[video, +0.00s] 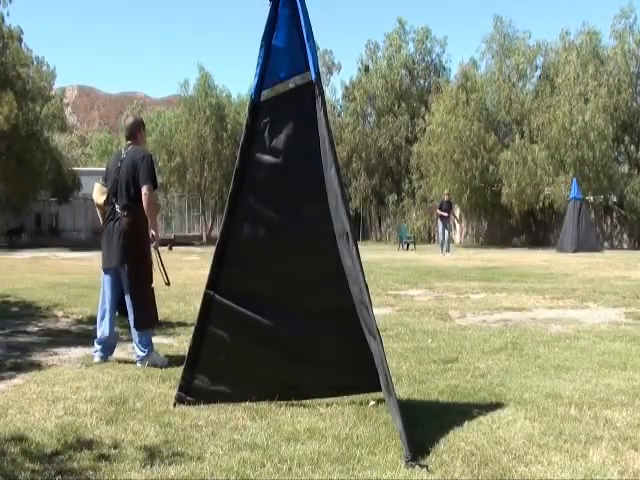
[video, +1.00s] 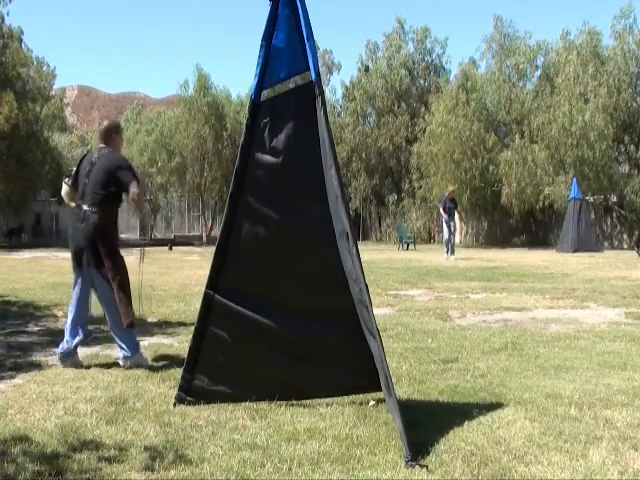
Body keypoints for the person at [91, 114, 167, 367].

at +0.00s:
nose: (146, 136)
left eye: (144, 132)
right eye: (145, 132)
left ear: (126, 134)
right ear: (140, 133)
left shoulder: (114, 158)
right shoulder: (143, 156)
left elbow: (99, 194)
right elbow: (147, 194)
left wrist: (106, 223)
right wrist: (154, 227)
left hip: (111, 228)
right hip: (133, 228)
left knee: (109, 292)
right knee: (137, 291)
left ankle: (101, 348)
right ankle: (144, 351)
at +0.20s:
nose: (144, 138)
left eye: (142, 133)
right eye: (143, 134)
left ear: (124, 136)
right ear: (138, 135)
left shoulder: (114, 158)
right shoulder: (139, 157)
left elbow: (98, 196)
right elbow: (145, 195)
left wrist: (117, 211)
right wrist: (152, 227)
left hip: (109, 224)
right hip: (129, 226)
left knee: (111, 285)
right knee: (136, 288)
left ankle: (98, 343)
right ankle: (144, 351)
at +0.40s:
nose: (140, 138)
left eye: (138, 135)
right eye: (139, 134)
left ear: (119, 138)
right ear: (134, 136)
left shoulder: (112, 160)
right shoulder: (128, 152)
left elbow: (110, 200)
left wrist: (140, 214)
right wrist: (167, 149)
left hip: (100, 236)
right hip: (119, 237)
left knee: (104, 292)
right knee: (138, 289)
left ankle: (95, 347)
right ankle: (143, 350)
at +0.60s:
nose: (144, 151)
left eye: (141, 148)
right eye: (143, 148)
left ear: (123, 148)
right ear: (139, 149)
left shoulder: (112, 164)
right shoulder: (141, 168)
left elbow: (90, 184)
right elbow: (167, 181)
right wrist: (177, 156)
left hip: (92, 224)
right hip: (111, 229)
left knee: (94, 285)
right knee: (122, 284)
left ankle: (94, 346)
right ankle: (126, 350)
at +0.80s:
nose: (140, 158)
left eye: (138, 154)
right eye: (139, 154)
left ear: (119, 154)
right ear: (133, 155)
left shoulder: (102, 168)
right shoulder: (135, 182)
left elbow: (75, 193)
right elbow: (137, 224)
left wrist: (88, 219)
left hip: (90, 230)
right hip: (112, 236)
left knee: (95, 289)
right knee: (127, 290)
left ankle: (89, 346)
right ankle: (127, 351)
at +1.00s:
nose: (123, 141)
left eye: (122, 137)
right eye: (122, 138)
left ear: (102, 138)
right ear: (115, 138)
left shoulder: (86, 158)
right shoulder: (117, 161)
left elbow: (67, 193)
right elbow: (135, 192)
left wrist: (83, 206)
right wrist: (139, 207)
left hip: (77, 226)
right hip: (98, 229)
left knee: (80, 289)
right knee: (110, 290)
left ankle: (68, 349)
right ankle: (130, 351)